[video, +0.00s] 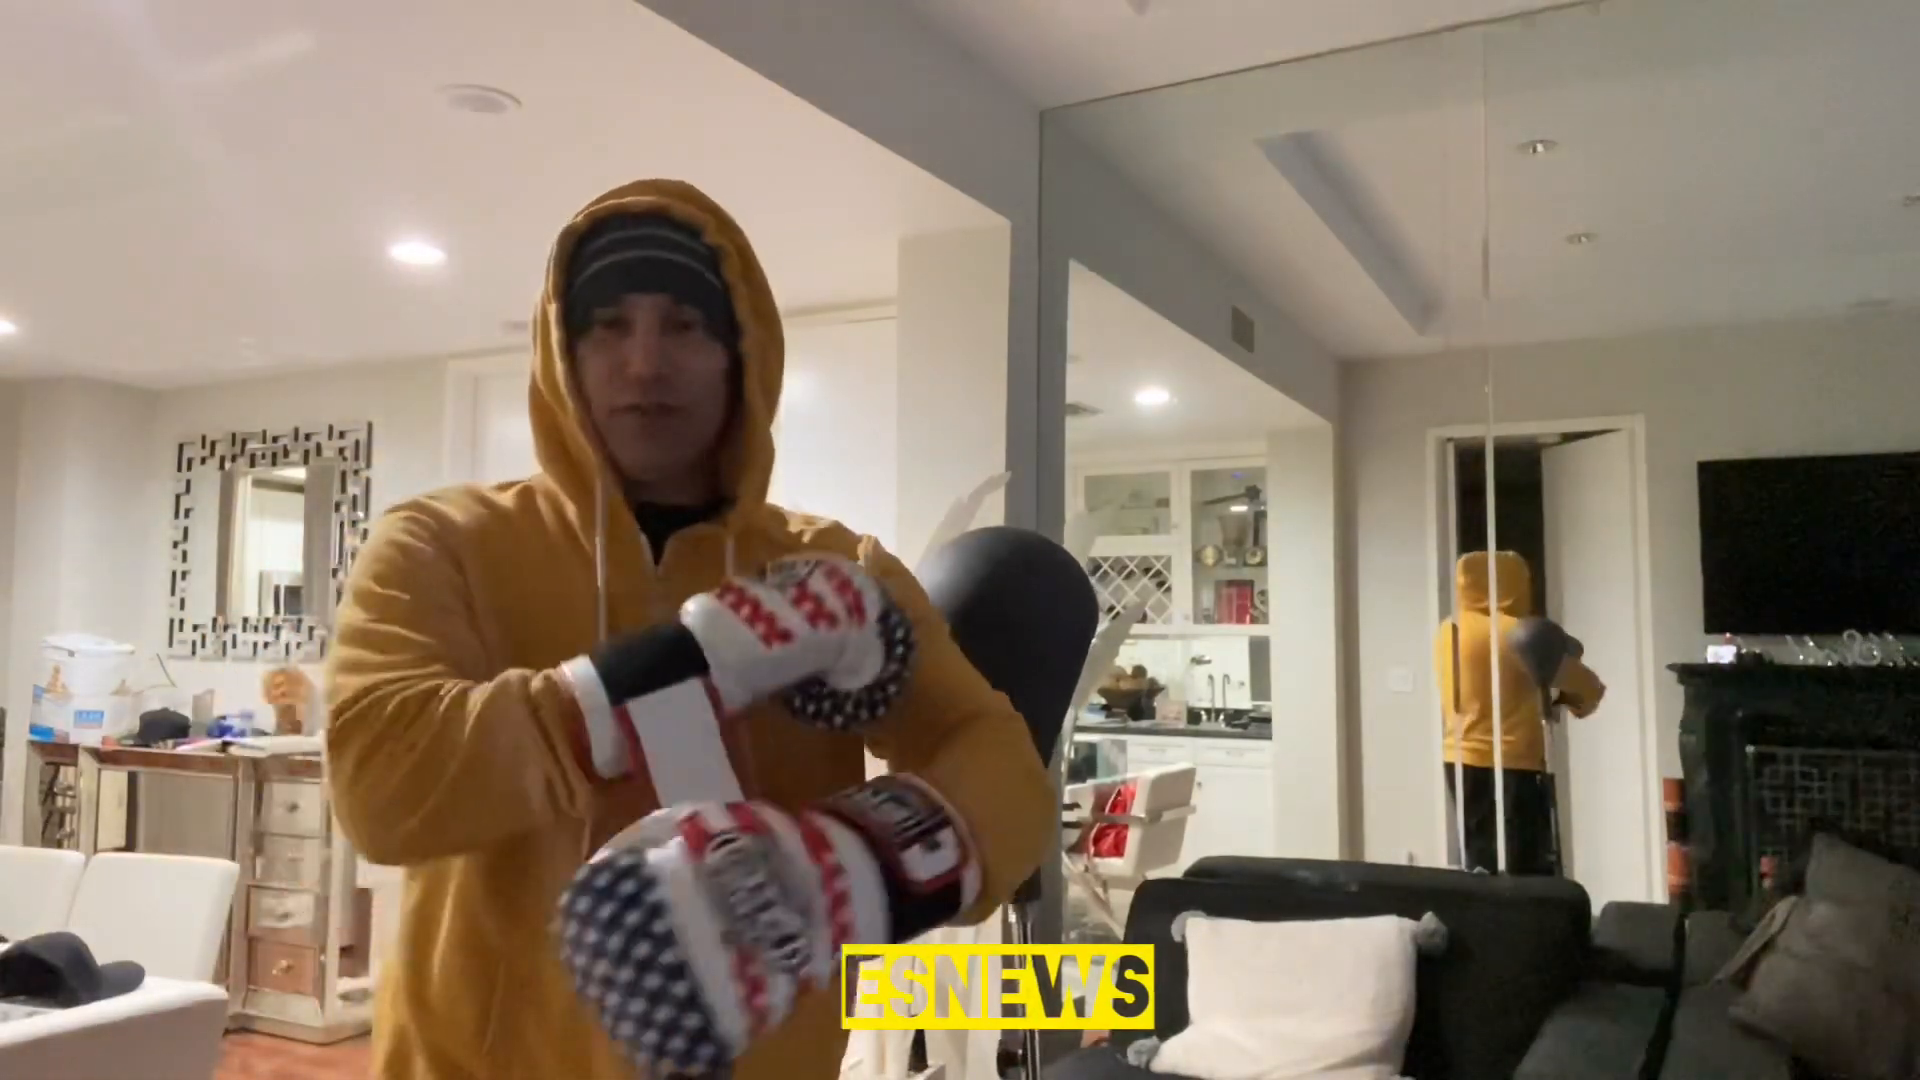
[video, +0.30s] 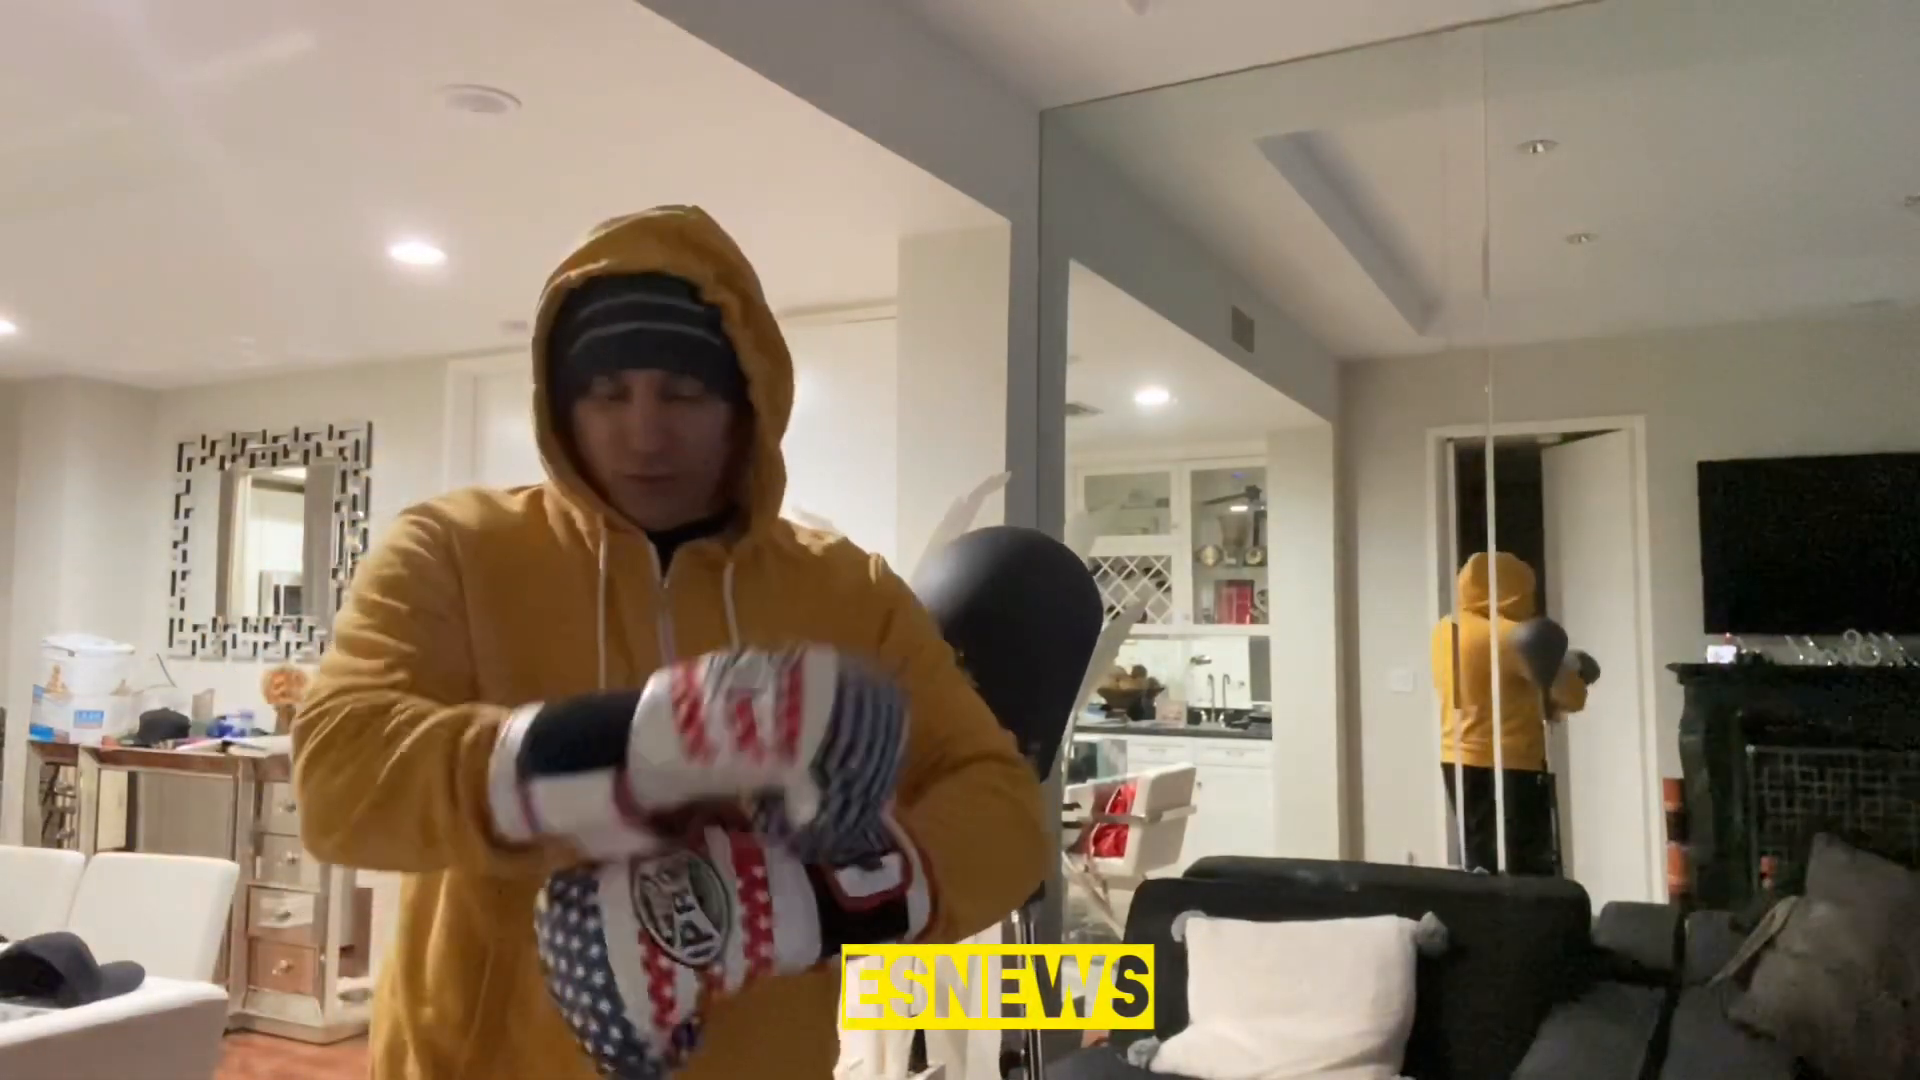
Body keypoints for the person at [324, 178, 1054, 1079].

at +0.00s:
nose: (645, 365)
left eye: (685, 325)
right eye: (611, 325)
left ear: (739, 360)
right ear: (565, 358)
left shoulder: (836, 574)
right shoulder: (439, 548)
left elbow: (1004, 773)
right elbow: (386, 790)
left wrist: (856, 861)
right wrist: (689, 657)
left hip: (768, 1060)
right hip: (484, 1052)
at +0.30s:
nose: (646, 429)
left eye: (685, 390)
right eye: (609, 390)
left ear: (745, 408)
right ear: (564, 411)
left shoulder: (846, 593)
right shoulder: (453, 552)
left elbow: (1004, 812)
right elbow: (341, 778)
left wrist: (816, 898)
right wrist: (610, 763)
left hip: (756, 1061)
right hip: (483, 1054)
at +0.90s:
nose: (679, 498)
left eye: (716, 456)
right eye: (644, 454)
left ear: (757, 452)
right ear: (574, 438)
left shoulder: (812, 598)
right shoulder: (423, 569)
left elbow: (869, 819)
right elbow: (344, 885)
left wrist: (952, 917)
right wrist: (581, 1053)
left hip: (757, 1060)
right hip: (507, 1063)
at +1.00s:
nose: (681, 500)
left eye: (717, 461)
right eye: (646, 458)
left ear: (755, 458)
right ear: (576, 439)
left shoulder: (806, 597)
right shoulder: (418, 572)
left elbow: (864, 821)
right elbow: (339, 902)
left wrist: (913, 924)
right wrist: (562, 1053)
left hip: (758, 1062)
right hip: (509, 1060)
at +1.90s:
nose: (532, 506)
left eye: (577, 450)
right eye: (487, 455)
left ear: (654, 427)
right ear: (438, 443)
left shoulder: (781, 569)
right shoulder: (334, 592)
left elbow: (871, 817)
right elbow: (272, 931)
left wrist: (756, 897)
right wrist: (382, 1062)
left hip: (718, 1056)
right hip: (451, 1061)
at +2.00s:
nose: (523, 500)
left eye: (569, 445)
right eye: (480, 451)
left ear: (651, 423)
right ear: (433, 441)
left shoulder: (783, 569)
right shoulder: (333, 596)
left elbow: (877, 814)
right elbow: (273, 942)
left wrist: (756, 888)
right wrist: (388, 1069)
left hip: (724, 1058)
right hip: (457, 1060)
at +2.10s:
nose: (524, 507)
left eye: (566, 446)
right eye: (478, 453)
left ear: (649, 419)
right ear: (433, 441)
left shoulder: (785, 569)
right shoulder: (335, 595)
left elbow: (878, 817)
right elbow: (283, 954)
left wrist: (741, 872)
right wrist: (401, 1064)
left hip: (724, 1055)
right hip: (455, 1055)